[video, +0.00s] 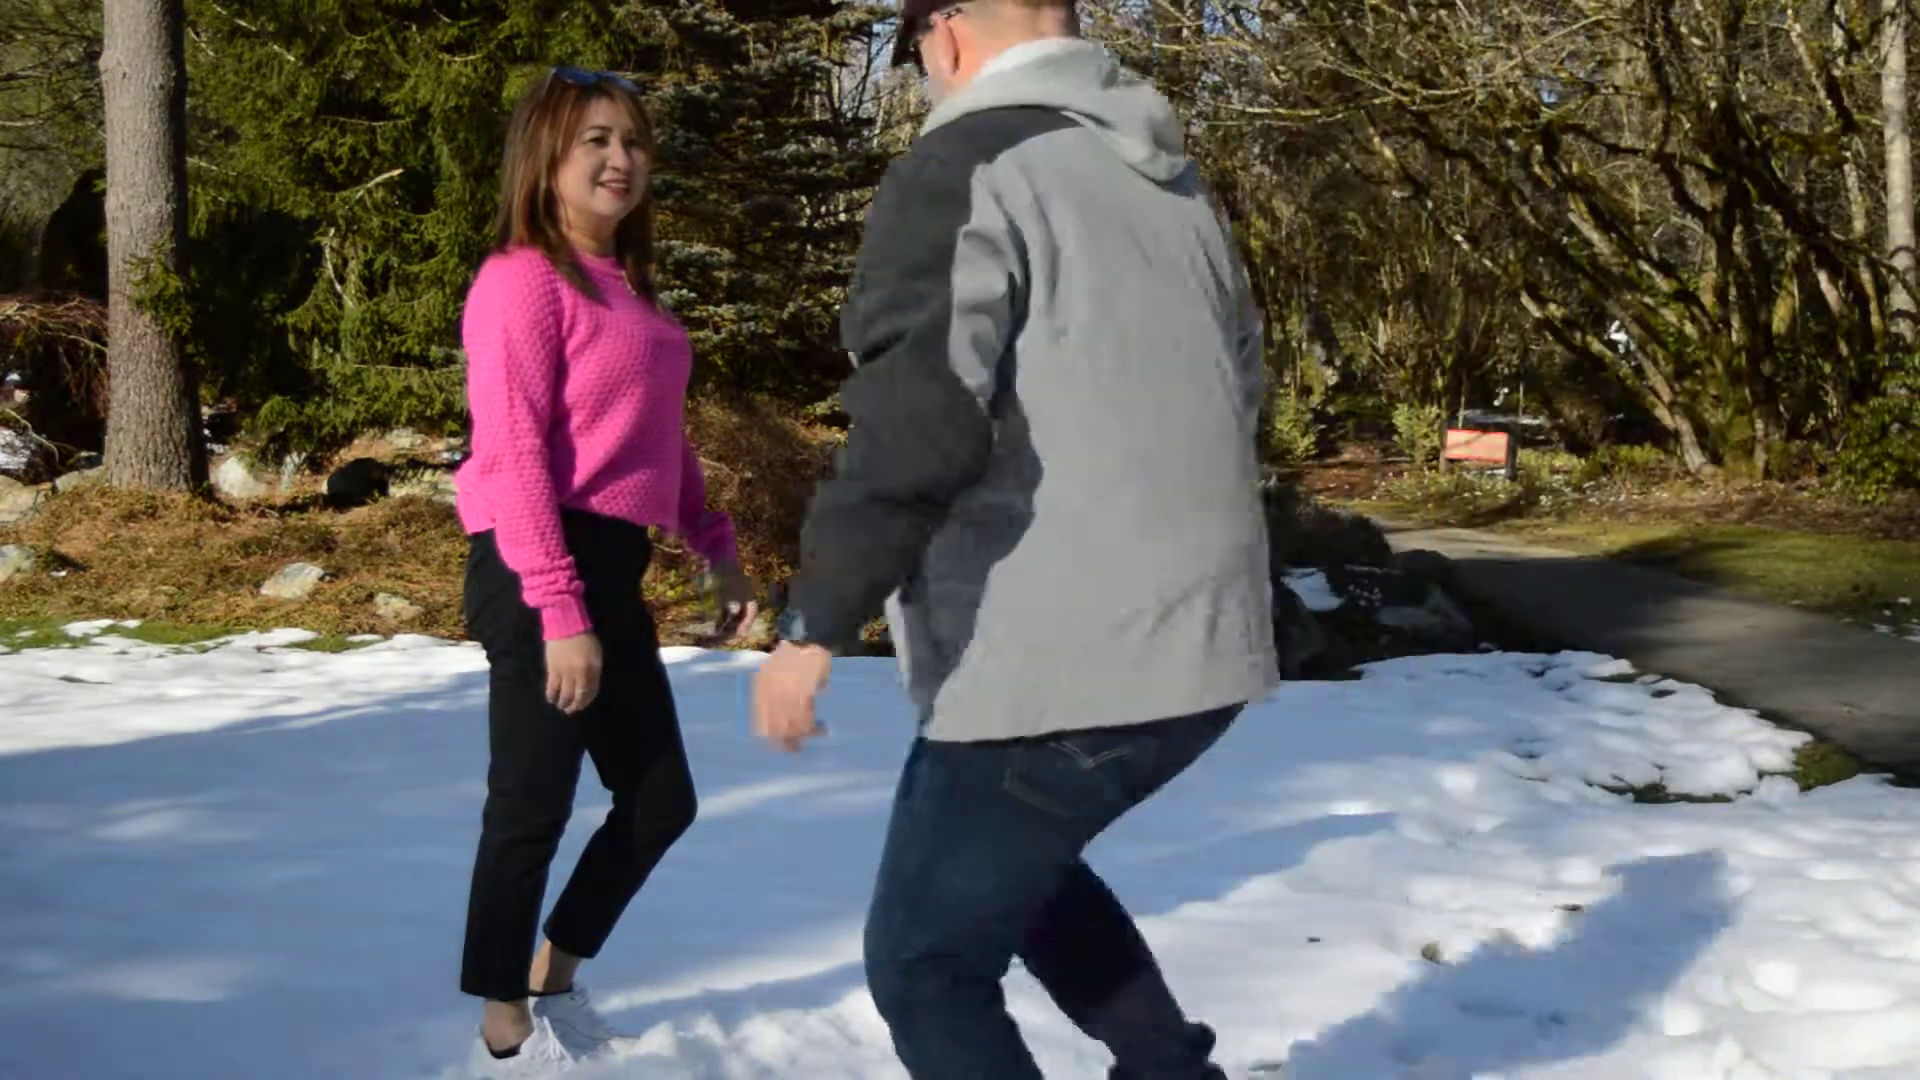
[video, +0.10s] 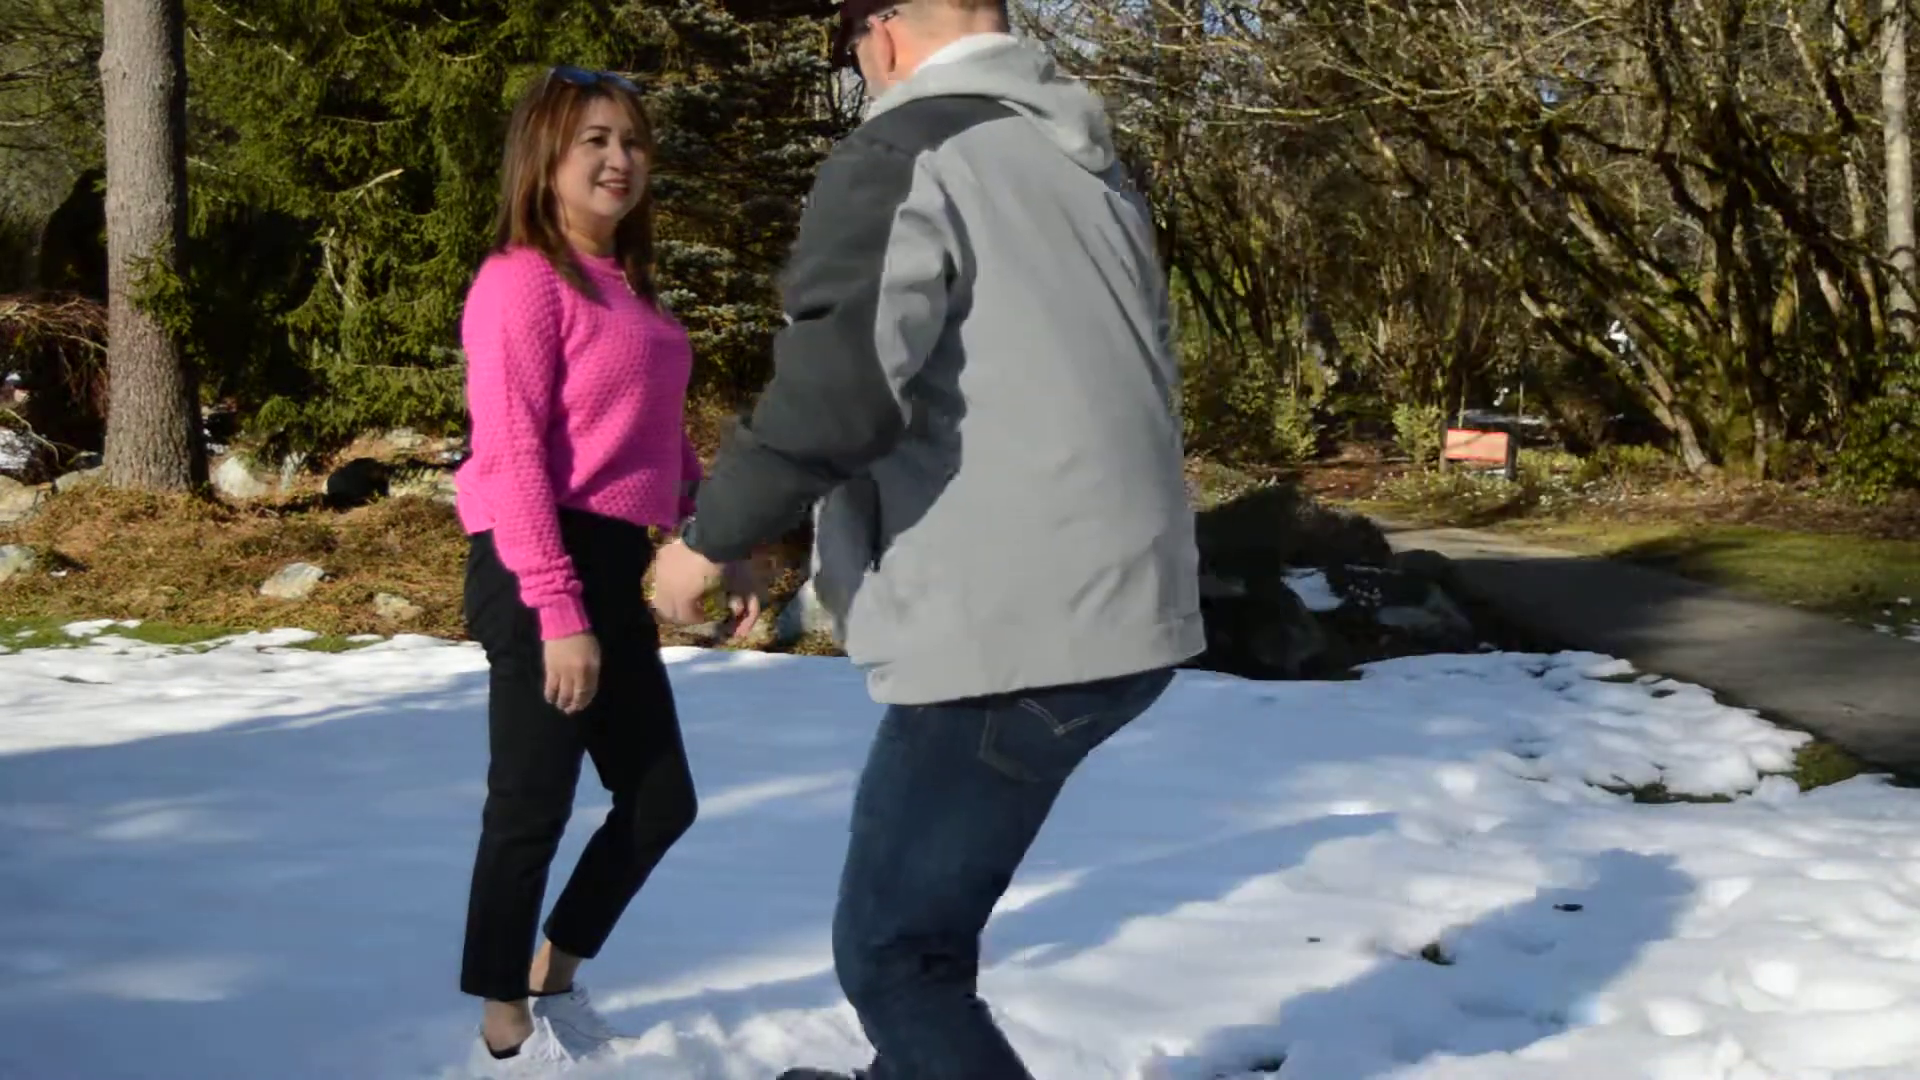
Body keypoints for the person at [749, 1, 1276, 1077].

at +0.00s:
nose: (924, 84)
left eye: (921, 56)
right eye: (920, 61)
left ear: (951, 40)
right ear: (1066, 30)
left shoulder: (958, 169)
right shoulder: (1170, 174)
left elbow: (917, 424)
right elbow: (1240, 386)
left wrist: (813, 629)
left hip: (1056, 666)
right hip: (1214, 650)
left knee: (924, 967)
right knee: (1026, 859)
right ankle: (1168, 1060)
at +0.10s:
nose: (862, 76)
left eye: (859, 50)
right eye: (858, 55)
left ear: (886, 36)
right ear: (994, 25)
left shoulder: (898, 154)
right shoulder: (1091, 152)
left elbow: (840, 387)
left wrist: (709, 537)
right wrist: (830, 526)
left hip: (1009, 631)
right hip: (1126, 615)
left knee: (893, 958)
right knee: (928, 935)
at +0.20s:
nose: (801, 93)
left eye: (795, 69)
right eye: (797, 73)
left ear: (823, 54)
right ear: (929, 33)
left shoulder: (864, 148)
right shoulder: (998, 150)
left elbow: (811, 378)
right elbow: (949, 403)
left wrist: (665, 506)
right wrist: (794, 550)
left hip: (951, 628)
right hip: (1021, 609)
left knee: (867, 965)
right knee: (835, 861)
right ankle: (817, 1068)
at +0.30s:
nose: (741, 122)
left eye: (737, 96)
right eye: (734, 100)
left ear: (771, 79)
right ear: (849, 65)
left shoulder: (835, 173)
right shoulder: (887, 161)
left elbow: (830, 386)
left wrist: (684, 541)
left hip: (914, 628)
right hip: (871, 620)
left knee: (783, 931)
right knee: (748, 876)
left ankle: (971, 1070)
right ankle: (795, 1064)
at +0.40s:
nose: (678, 136)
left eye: (673, 113)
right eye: (669, 117)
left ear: (711, 89)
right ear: (755, 74)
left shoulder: (800, 169)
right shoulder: (786, 170)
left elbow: (844, 379)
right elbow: (762, 399)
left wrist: (775, 573)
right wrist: (660, 514)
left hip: (881, 619)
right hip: (842, 614)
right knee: (744, 878)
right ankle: (784, 1067)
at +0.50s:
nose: (617, 127)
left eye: (617, 101)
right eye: (609, 108)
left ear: (658, 73)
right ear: (672, 72)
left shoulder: (767, 152)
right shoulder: (691, 187)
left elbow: (871, 337)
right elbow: (685, 410)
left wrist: (858, 543)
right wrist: (592, 507)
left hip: (844, 601)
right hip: (770, 604)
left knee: (685, 842)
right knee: (733, 857)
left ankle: (841, 1073)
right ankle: (787, 1067)